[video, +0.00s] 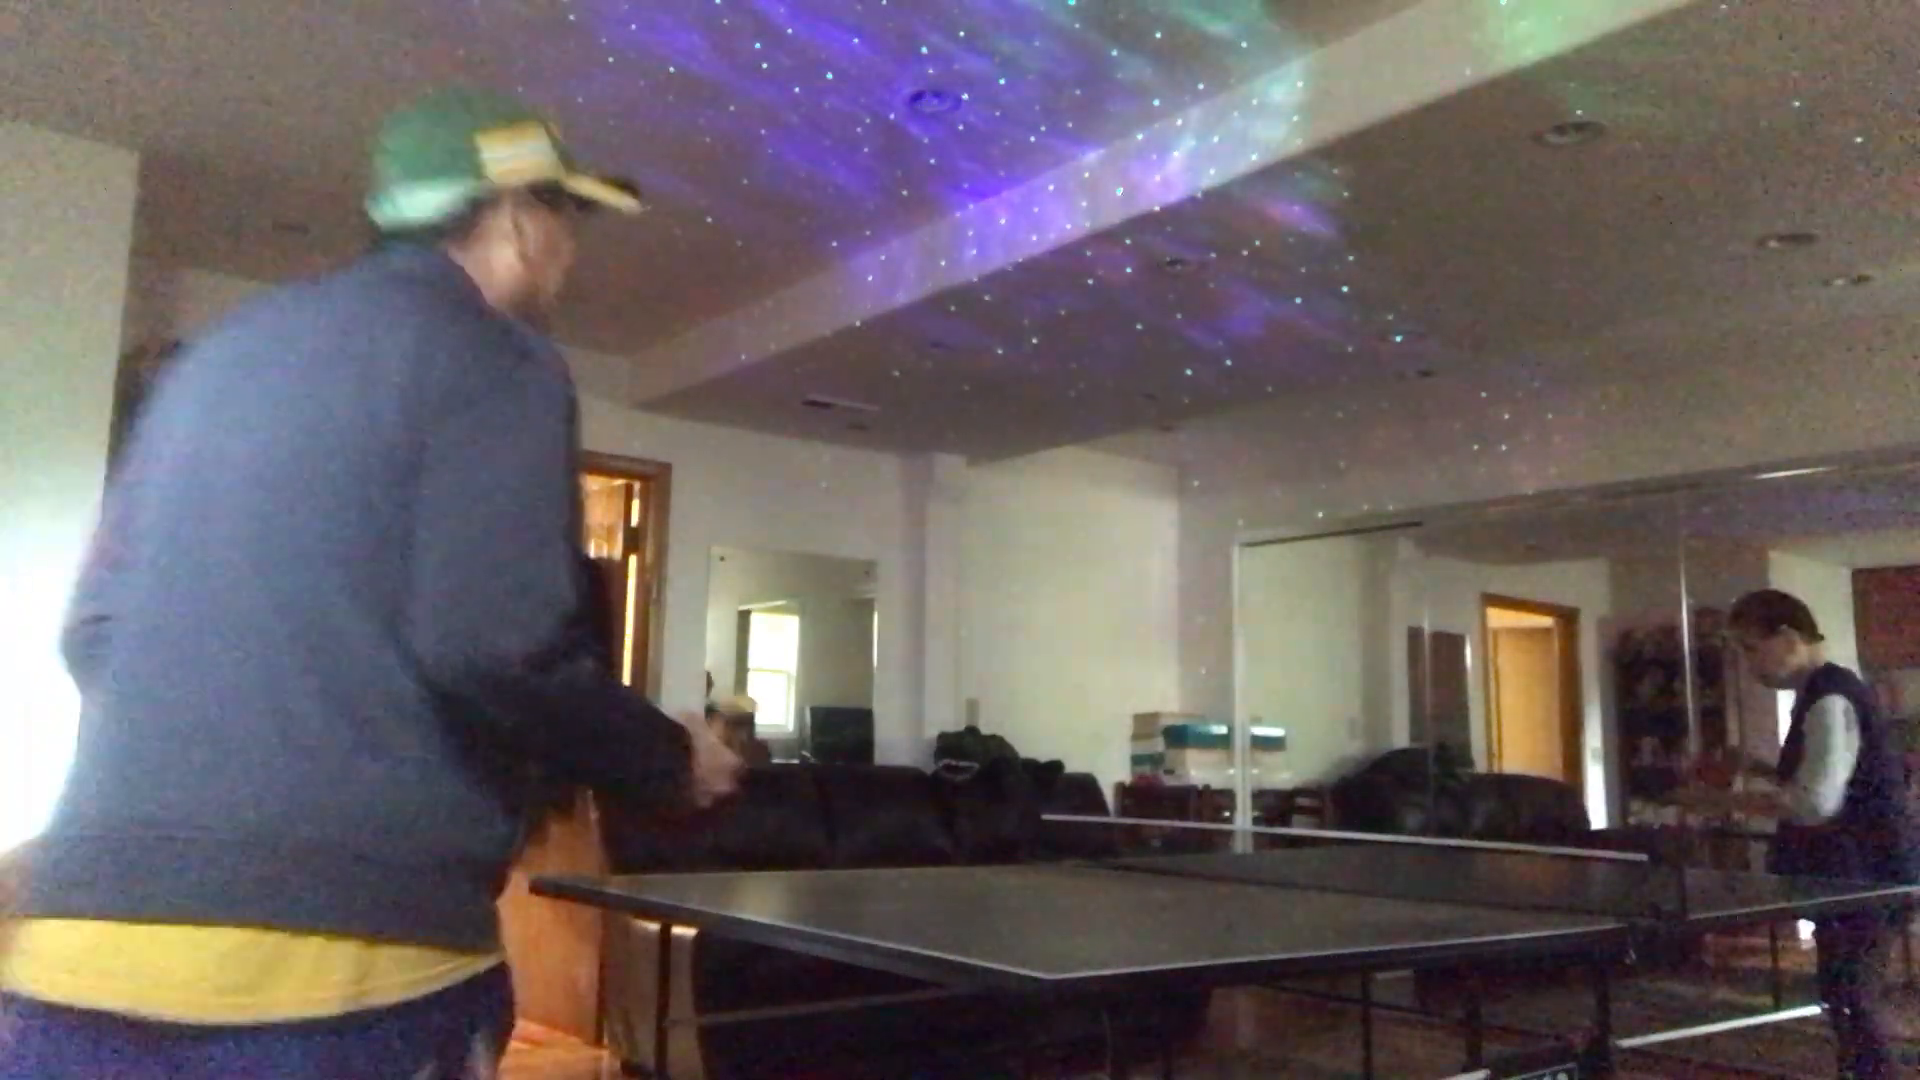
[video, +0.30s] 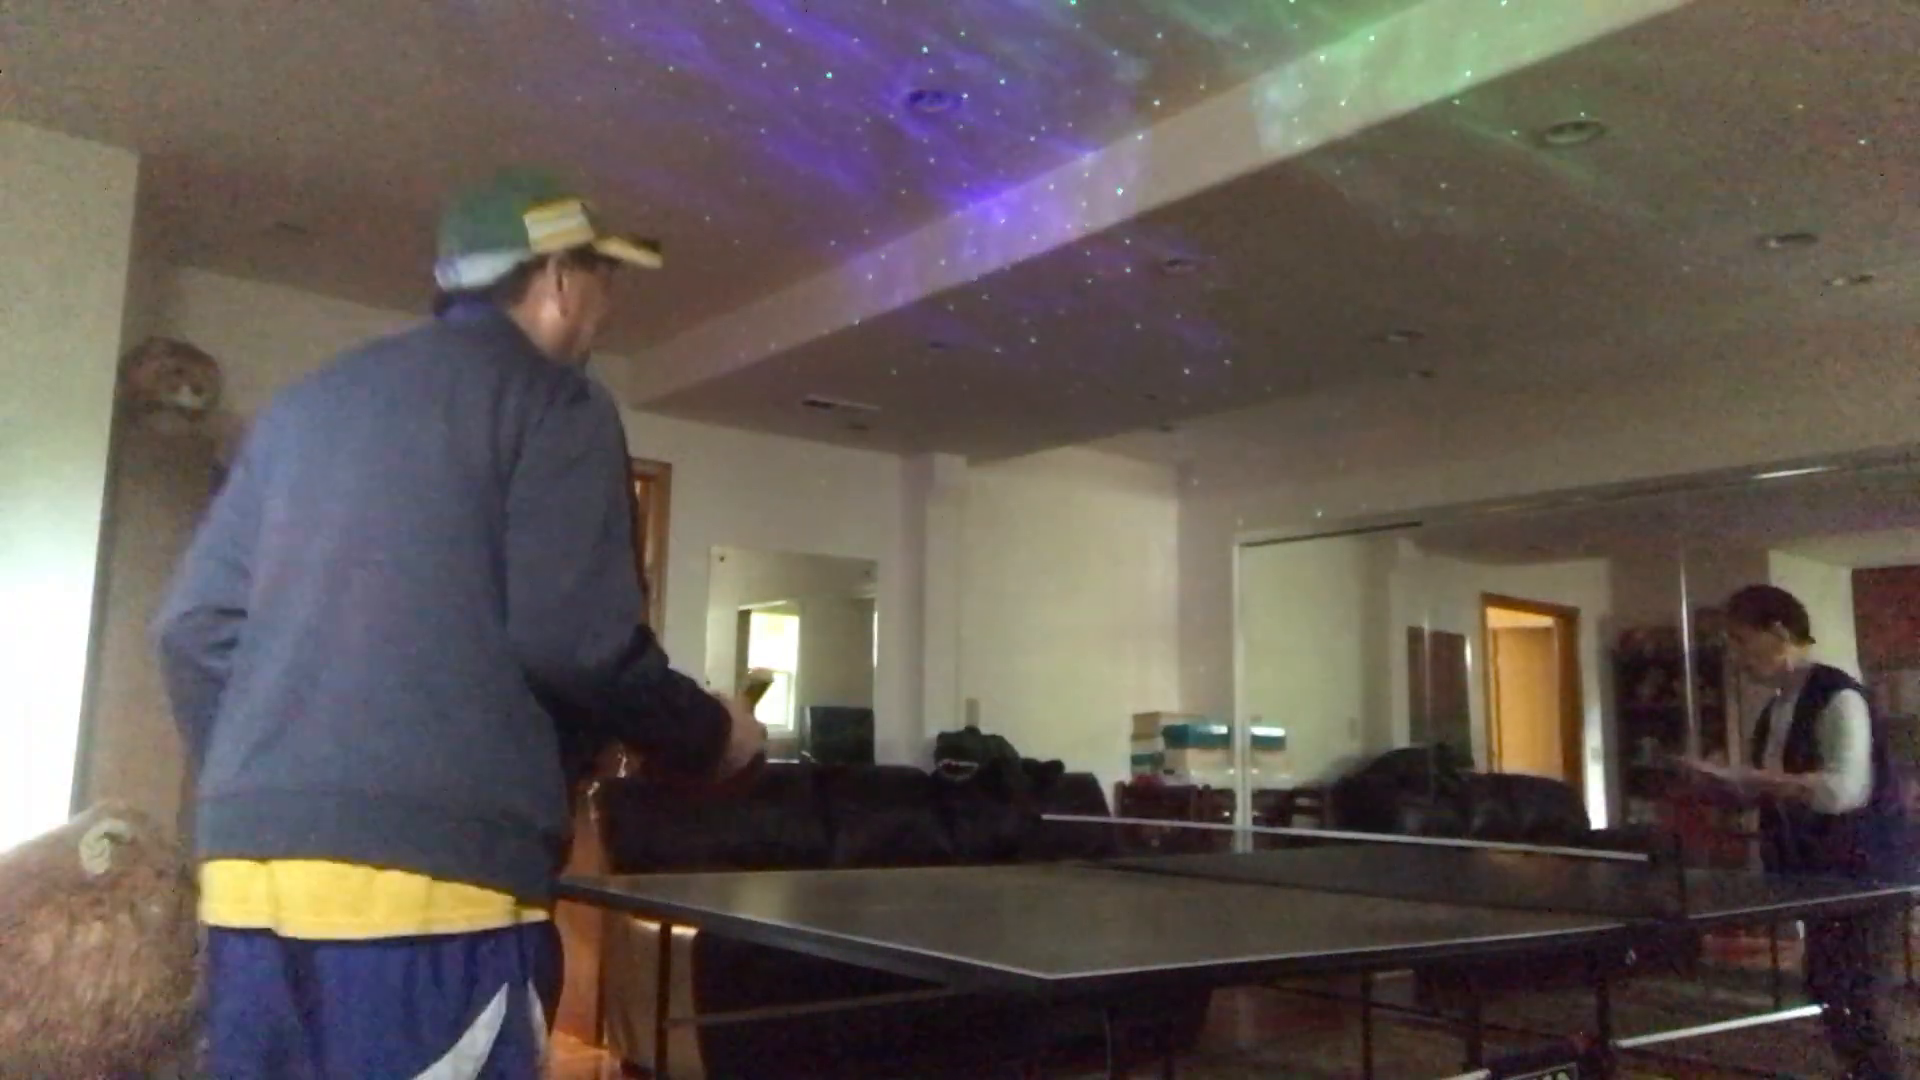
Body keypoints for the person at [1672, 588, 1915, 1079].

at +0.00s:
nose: (1748, 664)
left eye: (1751, 648)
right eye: (1744, 652)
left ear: (1786, 637)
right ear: (1791, 640)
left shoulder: (1831, 696)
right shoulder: (1821, 694)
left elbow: (1817, 802)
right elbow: (1804, 786)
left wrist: (1734, 798)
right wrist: (1746, 769)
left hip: (1861, 887)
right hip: (1848, 886)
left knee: (1853, 1006)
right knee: (1849, 1004)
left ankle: (1870, 1072)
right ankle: (1867, 1071)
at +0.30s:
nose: (1735, 655)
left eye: (1740, 641)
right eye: (1732, 644)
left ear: (1778, 632)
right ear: (1772, 637)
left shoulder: (1840, 697)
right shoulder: (1771, 712)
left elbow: (1846, 791)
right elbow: (1759, 789)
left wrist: (1756, 780)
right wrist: (1713, 779)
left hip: (1866, 877)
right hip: (1818, 877)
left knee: (1859, 997)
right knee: (1830, 988)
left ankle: (1881, 1068)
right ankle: (1866, 1066)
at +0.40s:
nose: (1730, 654)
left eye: (1739, 639)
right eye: (1726, 642)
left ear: (1780, 634)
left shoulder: (1837, 696)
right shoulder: (1757, 714)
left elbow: (1905, 786)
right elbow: (1764, 797)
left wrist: (1830, 791)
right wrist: (1745, 806)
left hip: (1860, 879)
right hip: (1797, 878)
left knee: (1862, 1010)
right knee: (1806, 1006)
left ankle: (1878, 1070)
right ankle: (1842, 1067)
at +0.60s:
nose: (1726, 658)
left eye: (1738, 643)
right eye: (1721, 646)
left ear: (1779, 644)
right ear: (1717, 653)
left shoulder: (1837, 707)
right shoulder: (1733, 724)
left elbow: (1908, 768)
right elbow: (1736, 805)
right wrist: (1761, 839)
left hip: (1856, 871)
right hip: (1783, 876)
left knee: (1860, 1000)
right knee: (1787, 1001)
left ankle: (1882, 1072)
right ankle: (1808, 1071)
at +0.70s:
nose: (1724, 659)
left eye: (1736, 645)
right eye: (1719, 648)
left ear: (1777, 650)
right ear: (1712, 659)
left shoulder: (1835, 712)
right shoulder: (1718, 724)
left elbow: (1905, 778)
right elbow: (1710, 801)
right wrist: (1726, 826)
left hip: (1857, 864)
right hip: (1781, 869)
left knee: (1867, 986)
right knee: (1781, 986)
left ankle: (1891, 1062)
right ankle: (1803, 1068)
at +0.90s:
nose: (1728, 662)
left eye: (1740, 647)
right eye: (1720, 651)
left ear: (1780, 651)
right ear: (1713, 662)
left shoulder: (1835, 713)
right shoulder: (1717, 725)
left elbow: (1894, 796)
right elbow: (1715, 812)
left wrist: (1899, 877)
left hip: (1850, 873)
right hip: (1772, 878)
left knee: (1884, 983)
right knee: (1779, 990)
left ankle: (1913, 1062)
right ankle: (1798, 1070)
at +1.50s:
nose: (1677, 677)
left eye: (1686, 662)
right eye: (1674, 664)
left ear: (1724, 658)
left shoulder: (1790, 720)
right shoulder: (1702, 724)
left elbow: (1852, 812)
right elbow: (1707, 805)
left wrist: (1829, 895)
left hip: (1813, 877)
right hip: (1748, 881)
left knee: (1869, 991)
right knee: (1742, 1002)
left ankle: (1906, 1063)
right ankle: (1751, 1071)